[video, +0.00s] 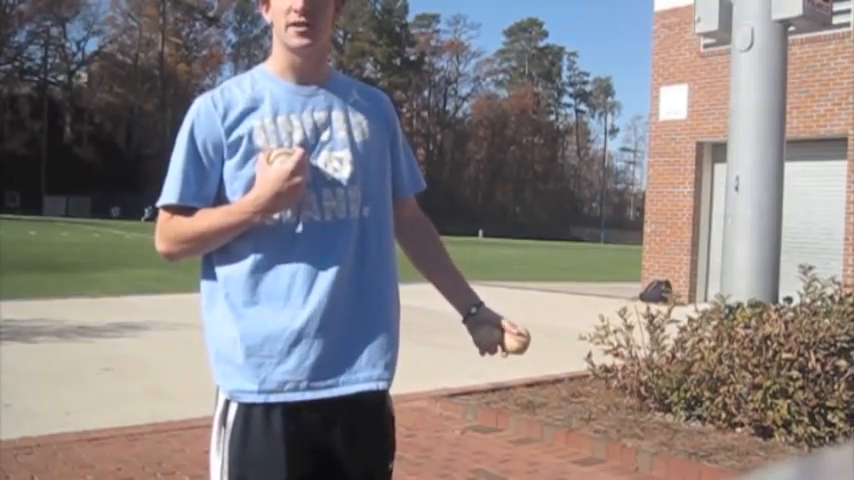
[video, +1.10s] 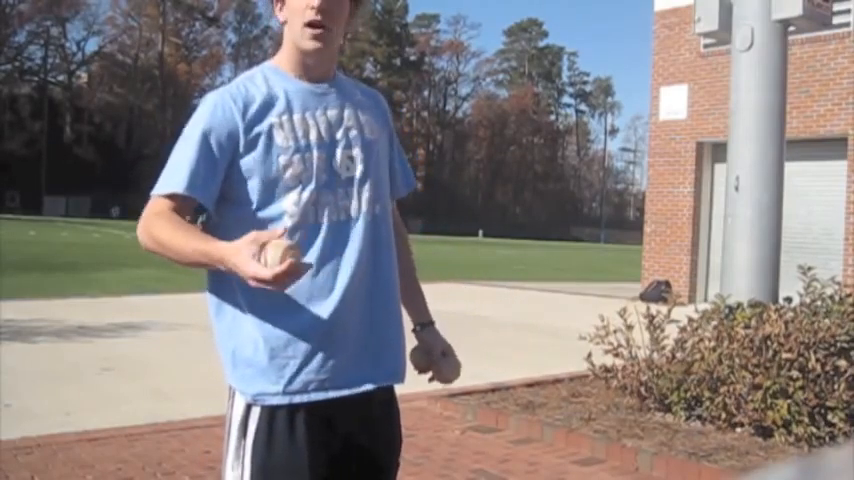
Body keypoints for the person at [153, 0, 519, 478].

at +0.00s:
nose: (303, 9)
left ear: (339, 10)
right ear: (266, 9)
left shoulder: (374, 109)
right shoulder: (217, 112)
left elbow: (409, 219)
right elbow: (169, 239)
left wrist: (474, 312)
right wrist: (257, 203)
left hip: (359, 383)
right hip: (260, 389)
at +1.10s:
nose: (319, 8)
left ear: (351, 14)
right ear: (280, 9)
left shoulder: (371, 107)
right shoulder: (232, 107)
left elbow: (389, 221)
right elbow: (155, 223)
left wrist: (423, 326)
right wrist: (228, 254)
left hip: (369, 381)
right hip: (277, 391)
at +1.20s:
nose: (306, 9)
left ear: (351, 14)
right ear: (281, 8)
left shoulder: (378, 111)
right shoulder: (230, 106)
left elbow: (395, 226)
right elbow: (133, 211)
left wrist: (422, 333)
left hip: (369, 383)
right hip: (273, 390)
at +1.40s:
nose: (302, 7)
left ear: (357, 15)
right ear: (285, 7)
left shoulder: (387, 113)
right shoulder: (229, 100)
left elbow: (404, 235)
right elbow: (109, 156)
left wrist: (427, 342)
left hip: (366, 393)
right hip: (266, 398)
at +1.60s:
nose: (300, 10)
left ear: (357, 13)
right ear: (285, 8)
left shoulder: (393, 116)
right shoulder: (229, 93)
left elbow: (410, 237)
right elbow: (101, 110)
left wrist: (442, 344)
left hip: (364, 395)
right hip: (263, 397)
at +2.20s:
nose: (309, 8)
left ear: (364, 13)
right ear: (289, 7)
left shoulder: (399, 117)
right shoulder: (238, 93)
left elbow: (420, 239)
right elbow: (106, 100)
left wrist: (452, 350)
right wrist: (1, 80)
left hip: (363, 398)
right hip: (262, 396)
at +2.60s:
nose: (323, 11)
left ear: (367, 15)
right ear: (296, 10)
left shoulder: (401, 120)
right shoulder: (239, 94)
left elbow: (418, 243)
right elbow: (108, 100)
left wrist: (448, 351)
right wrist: (0, 81)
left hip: (362, 396)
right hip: (263, 394)